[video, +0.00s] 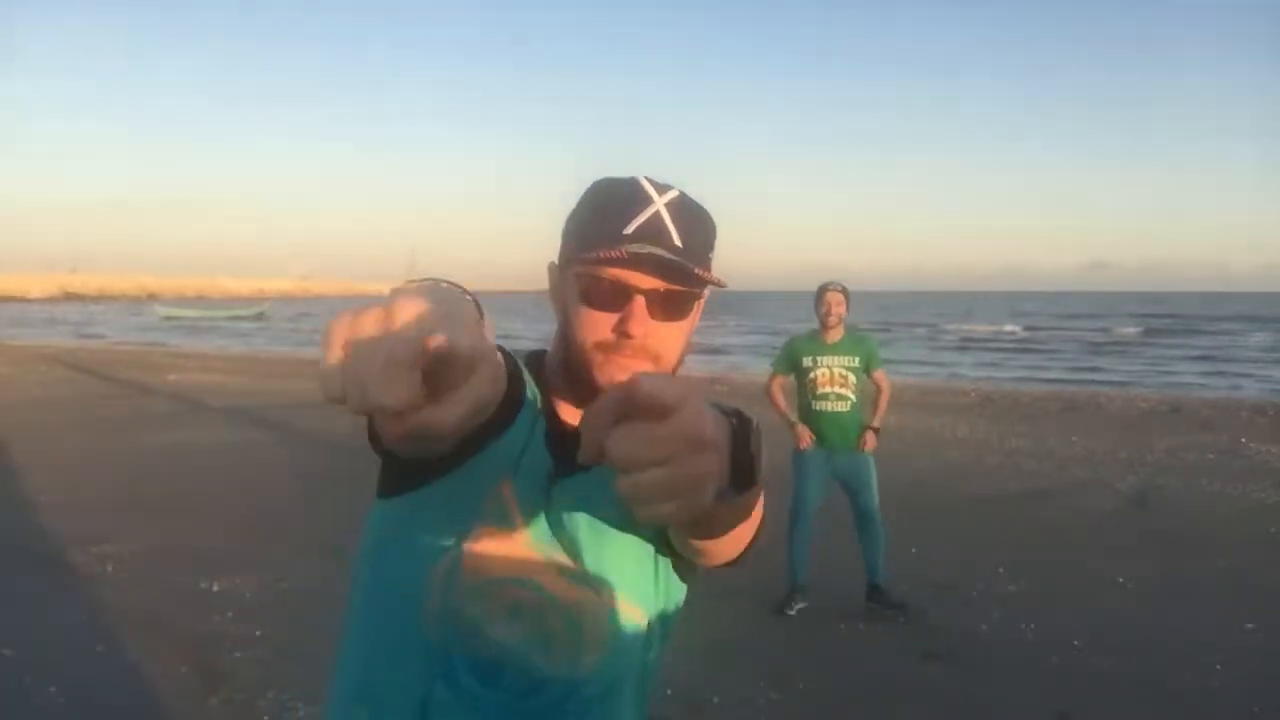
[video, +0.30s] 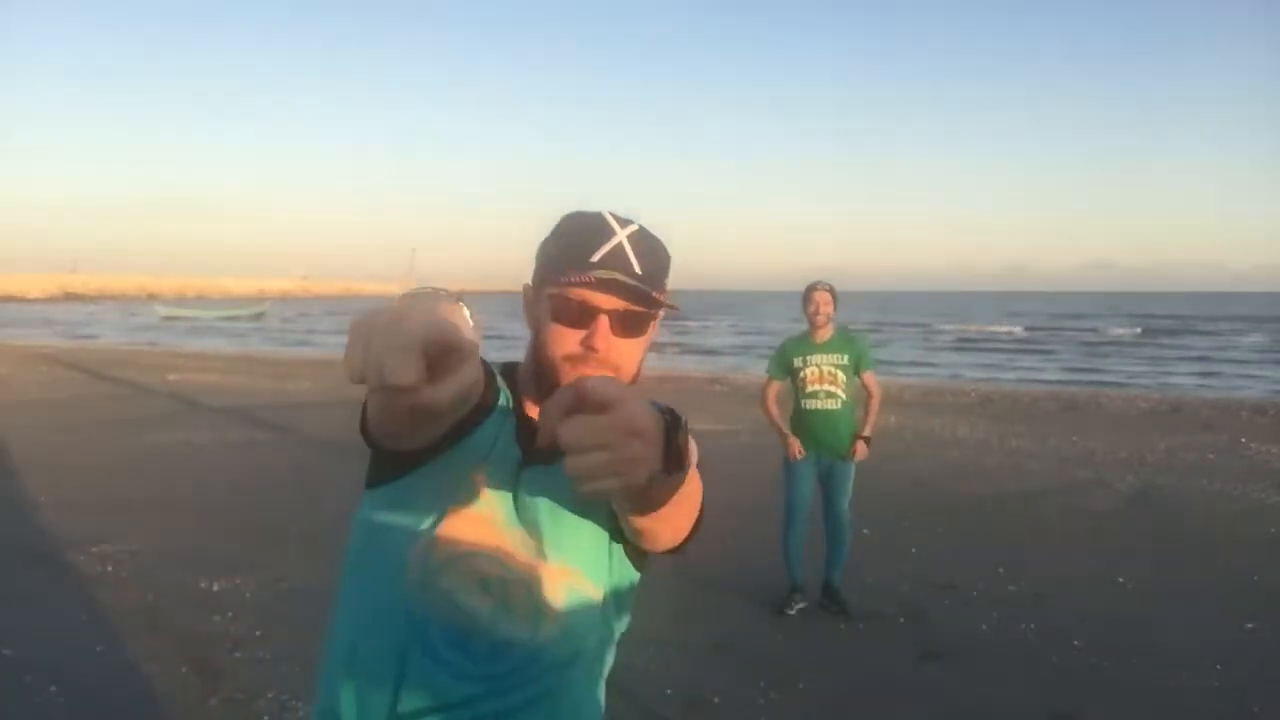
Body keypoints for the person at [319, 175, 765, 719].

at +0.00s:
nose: (634, 323)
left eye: (666, 300)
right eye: (606, 292)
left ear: (696, 313)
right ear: (558, 288)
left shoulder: (689, 443)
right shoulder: (469, 397)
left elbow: (727, 545)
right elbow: (457, 379)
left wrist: (718, 467)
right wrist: (418, 358)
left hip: (594, 707)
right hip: (389, 702)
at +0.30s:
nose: (598, 338)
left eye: (628, 320)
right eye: (574, 310)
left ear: (654, 330)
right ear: (532, 306)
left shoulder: (641, 444)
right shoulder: (447, 401)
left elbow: (673, 530)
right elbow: (401, 419)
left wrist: (657, 466)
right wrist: (420, 371)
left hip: (552, 711)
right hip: (367, 706)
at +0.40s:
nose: (573, 348)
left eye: (601, 330)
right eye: (550, 321)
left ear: (627, 336)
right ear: (510, 313)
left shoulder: (613, 442)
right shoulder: (432, 404)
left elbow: (641, 523)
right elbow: (386, 422)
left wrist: (626, 455)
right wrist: (405, 385)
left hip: (525, 712)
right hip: (353, 706)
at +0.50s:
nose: (540, 346)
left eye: (566, 328)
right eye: (518, 320)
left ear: (590, 334)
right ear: (482, 315)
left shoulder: (576, 433)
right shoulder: (406, 395)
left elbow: (598, 504)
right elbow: (364, 415)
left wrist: (584, 443)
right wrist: (392, 379)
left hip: (490, 710)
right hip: (334, 705)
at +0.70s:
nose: (517, 318)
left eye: (541, 303)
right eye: (500, 295)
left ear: (562, 312)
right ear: (467, 289)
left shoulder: (557, 395)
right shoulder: (391, 369)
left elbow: (569, 451)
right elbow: (368, 368)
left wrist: (541, 398)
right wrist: (395, 338)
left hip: (467, 701)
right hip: (318, 690)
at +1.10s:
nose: (541, 333)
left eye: (562, 320)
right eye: (528, 314)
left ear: (579, 328)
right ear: (502, 310)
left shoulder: (574, 393)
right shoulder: (435, 378)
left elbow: (586, 443)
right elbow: (420, 374)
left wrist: (568, 396)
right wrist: (447, 352)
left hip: (507, 676)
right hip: (390, 668)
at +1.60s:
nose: (524, 333)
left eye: (538, 323)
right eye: (511, 318)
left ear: (550, 329)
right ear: (489, 316)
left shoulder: (547, 388)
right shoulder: (434, 365)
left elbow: (564, 418)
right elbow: (428, 366)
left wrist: (554, 403)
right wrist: (454, 363)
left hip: (511, 604)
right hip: (420, 604)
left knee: (515, 708)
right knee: (418, 710)